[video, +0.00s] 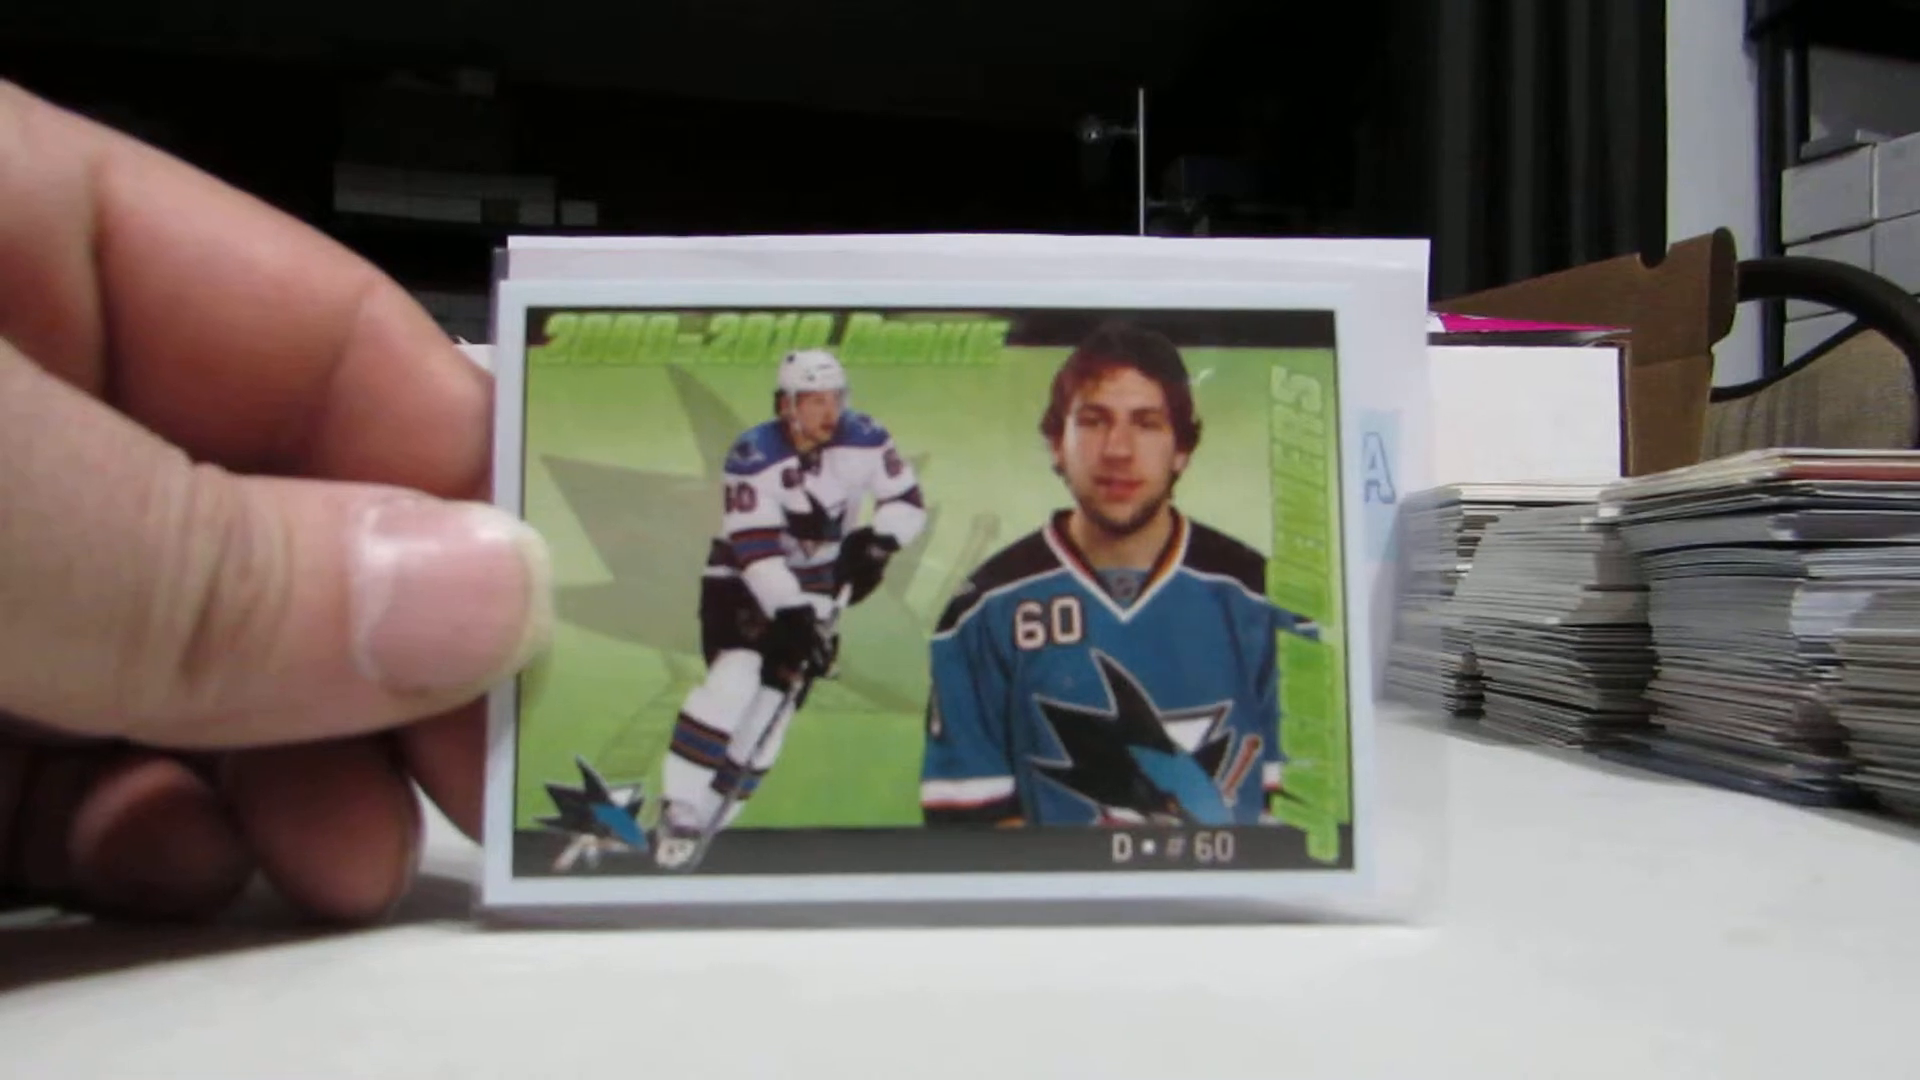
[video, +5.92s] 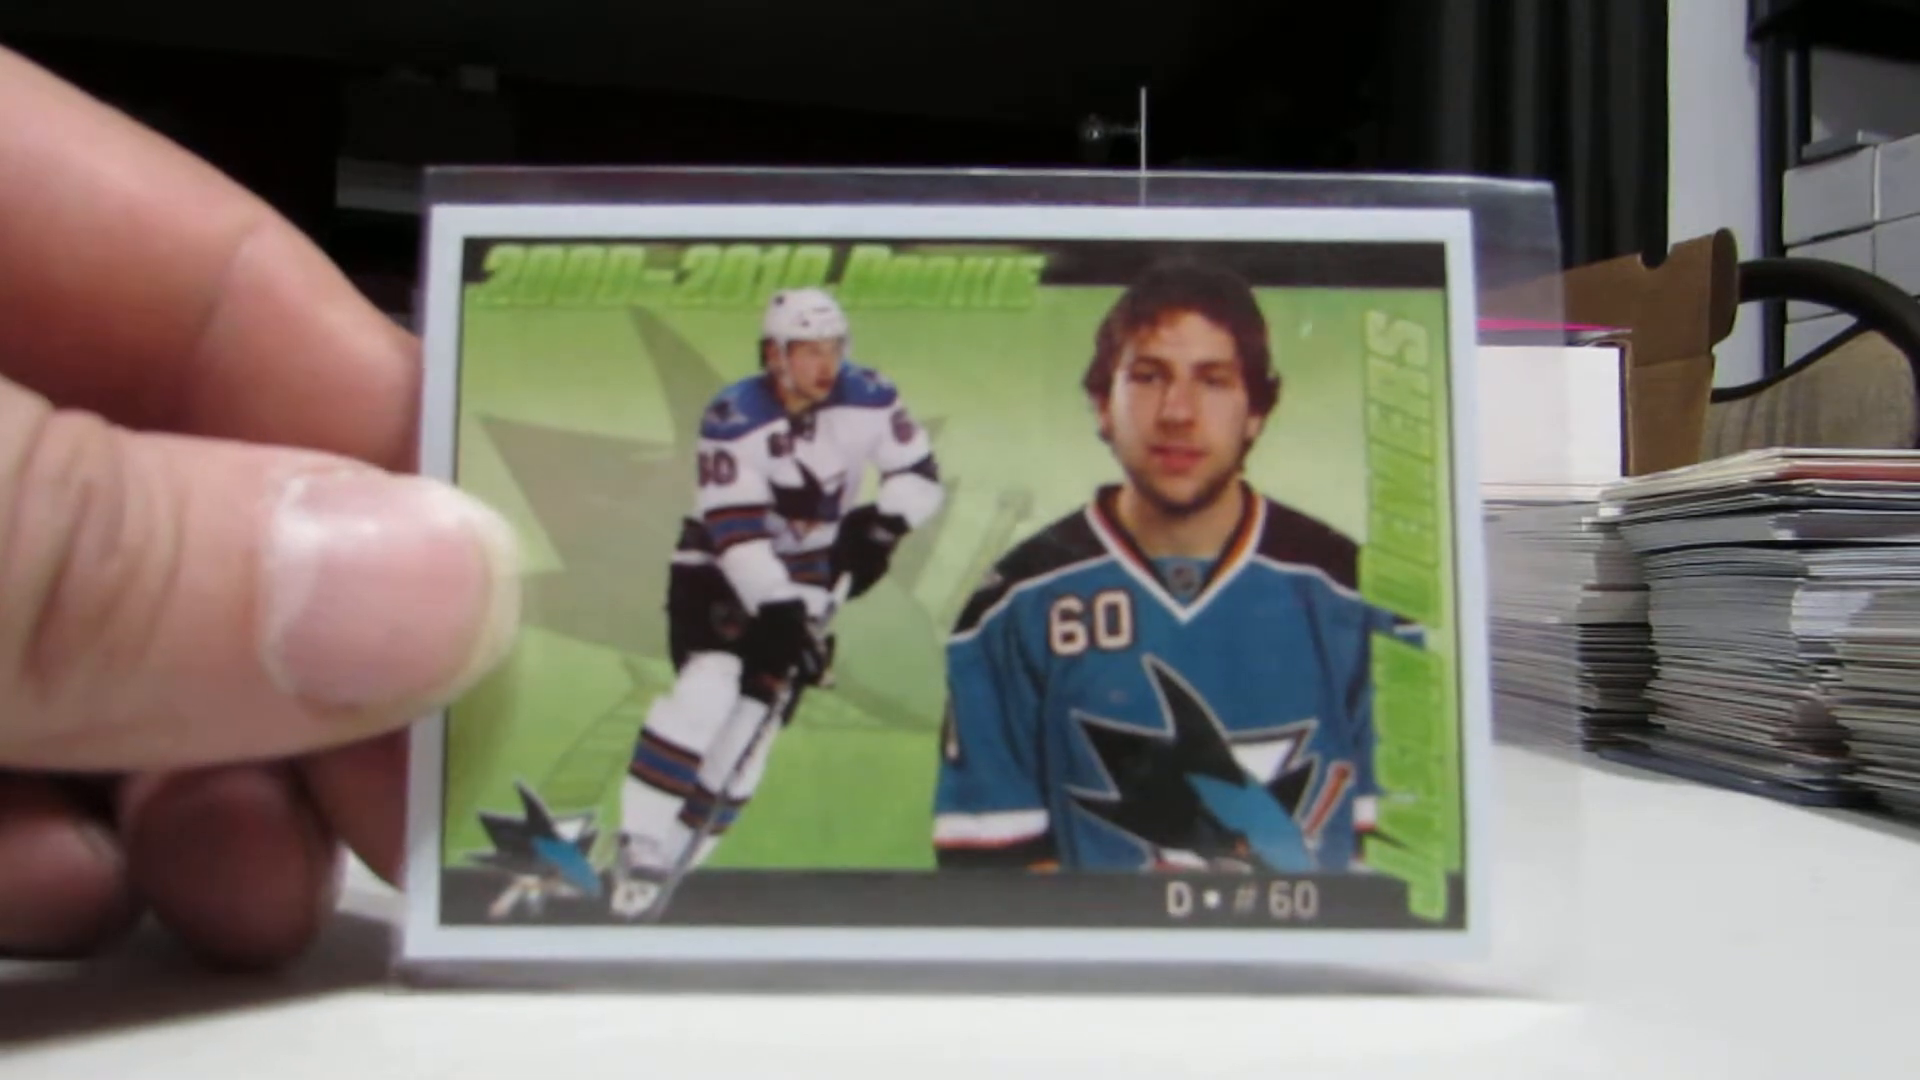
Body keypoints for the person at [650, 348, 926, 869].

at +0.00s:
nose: (824, 413)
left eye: (831, 400)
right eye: (811, 401)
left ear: (842, 401)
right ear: (785, 406)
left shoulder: (866, 440)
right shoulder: (754, 455)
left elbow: (906, 501)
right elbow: (754, 545)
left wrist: (876, 546)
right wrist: (791, 611)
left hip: (818, 586)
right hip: (745, 577)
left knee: (775, 705)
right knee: (736, 674)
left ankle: (710, 820)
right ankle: (682, 813)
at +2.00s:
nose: (840, 386)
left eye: (847, 374)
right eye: (827, 375)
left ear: (855, 374)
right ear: (795, 378)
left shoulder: (874, 416)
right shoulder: (756, 432)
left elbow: (918, 483)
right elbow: (754, 526)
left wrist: (882, 533)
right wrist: (791, 599)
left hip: (819, 570)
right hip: (743, 560)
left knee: (772, 697)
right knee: (731, 666)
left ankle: (702, 820)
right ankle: (670, 810)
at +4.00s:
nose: (825, 364)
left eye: (832, 350)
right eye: (809, 350)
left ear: (842, 350)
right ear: (773, 356)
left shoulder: (868, 398)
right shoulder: (733, 415)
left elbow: (917, 475)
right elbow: (732, 523)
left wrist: (877, 527)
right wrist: (774, 602)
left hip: (807, 572)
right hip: (721, 562)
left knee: (754, 715)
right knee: (709, 679)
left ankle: (677, 854)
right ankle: (641, 843)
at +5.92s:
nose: (824, 366)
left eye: (832, 352)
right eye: (808, 352)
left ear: (843, 352)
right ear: (774, 357)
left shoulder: (870, 400)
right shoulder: (734, 417)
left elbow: (919, 476)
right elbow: (734, 525)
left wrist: (879, 528)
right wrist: (777, 606)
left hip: (809, 576)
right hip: (723, 565)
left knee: (756, 717)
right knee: (711, 681)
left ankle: (680, 856)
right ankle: (642, 844)